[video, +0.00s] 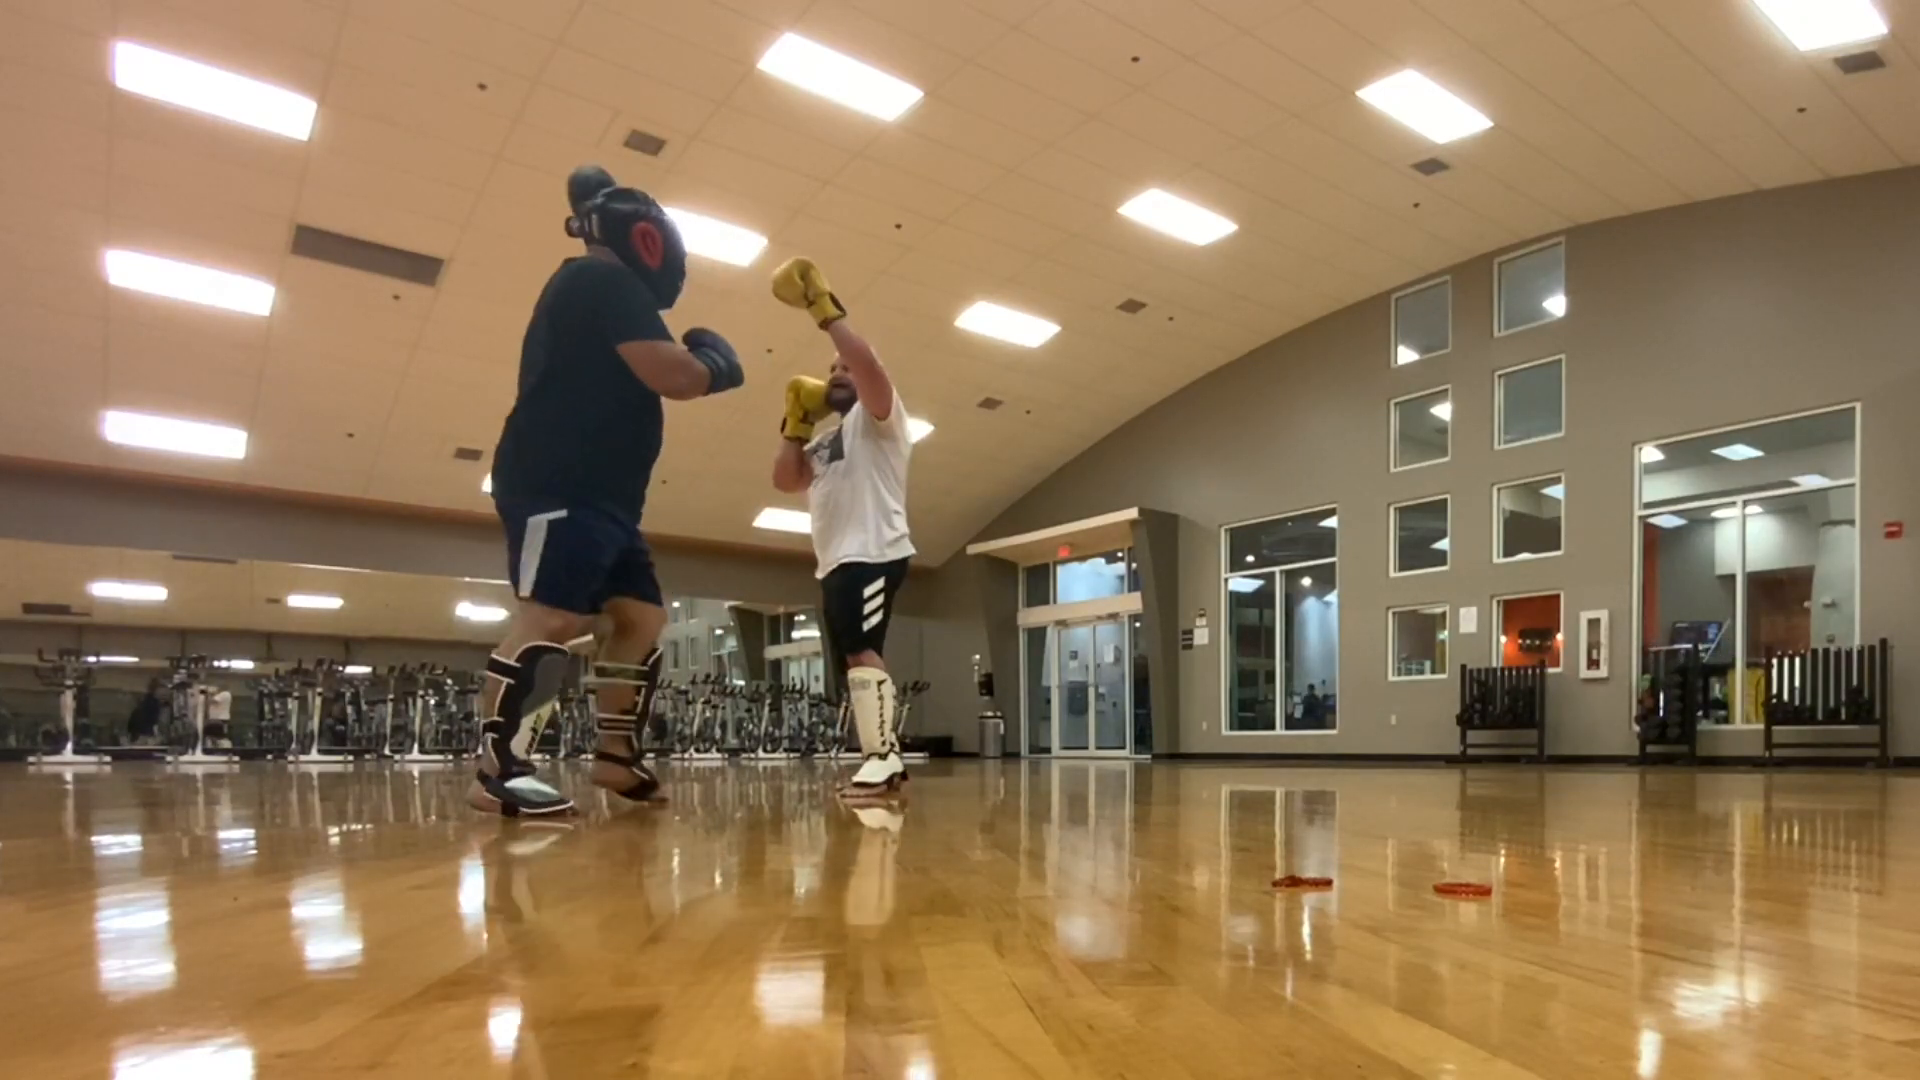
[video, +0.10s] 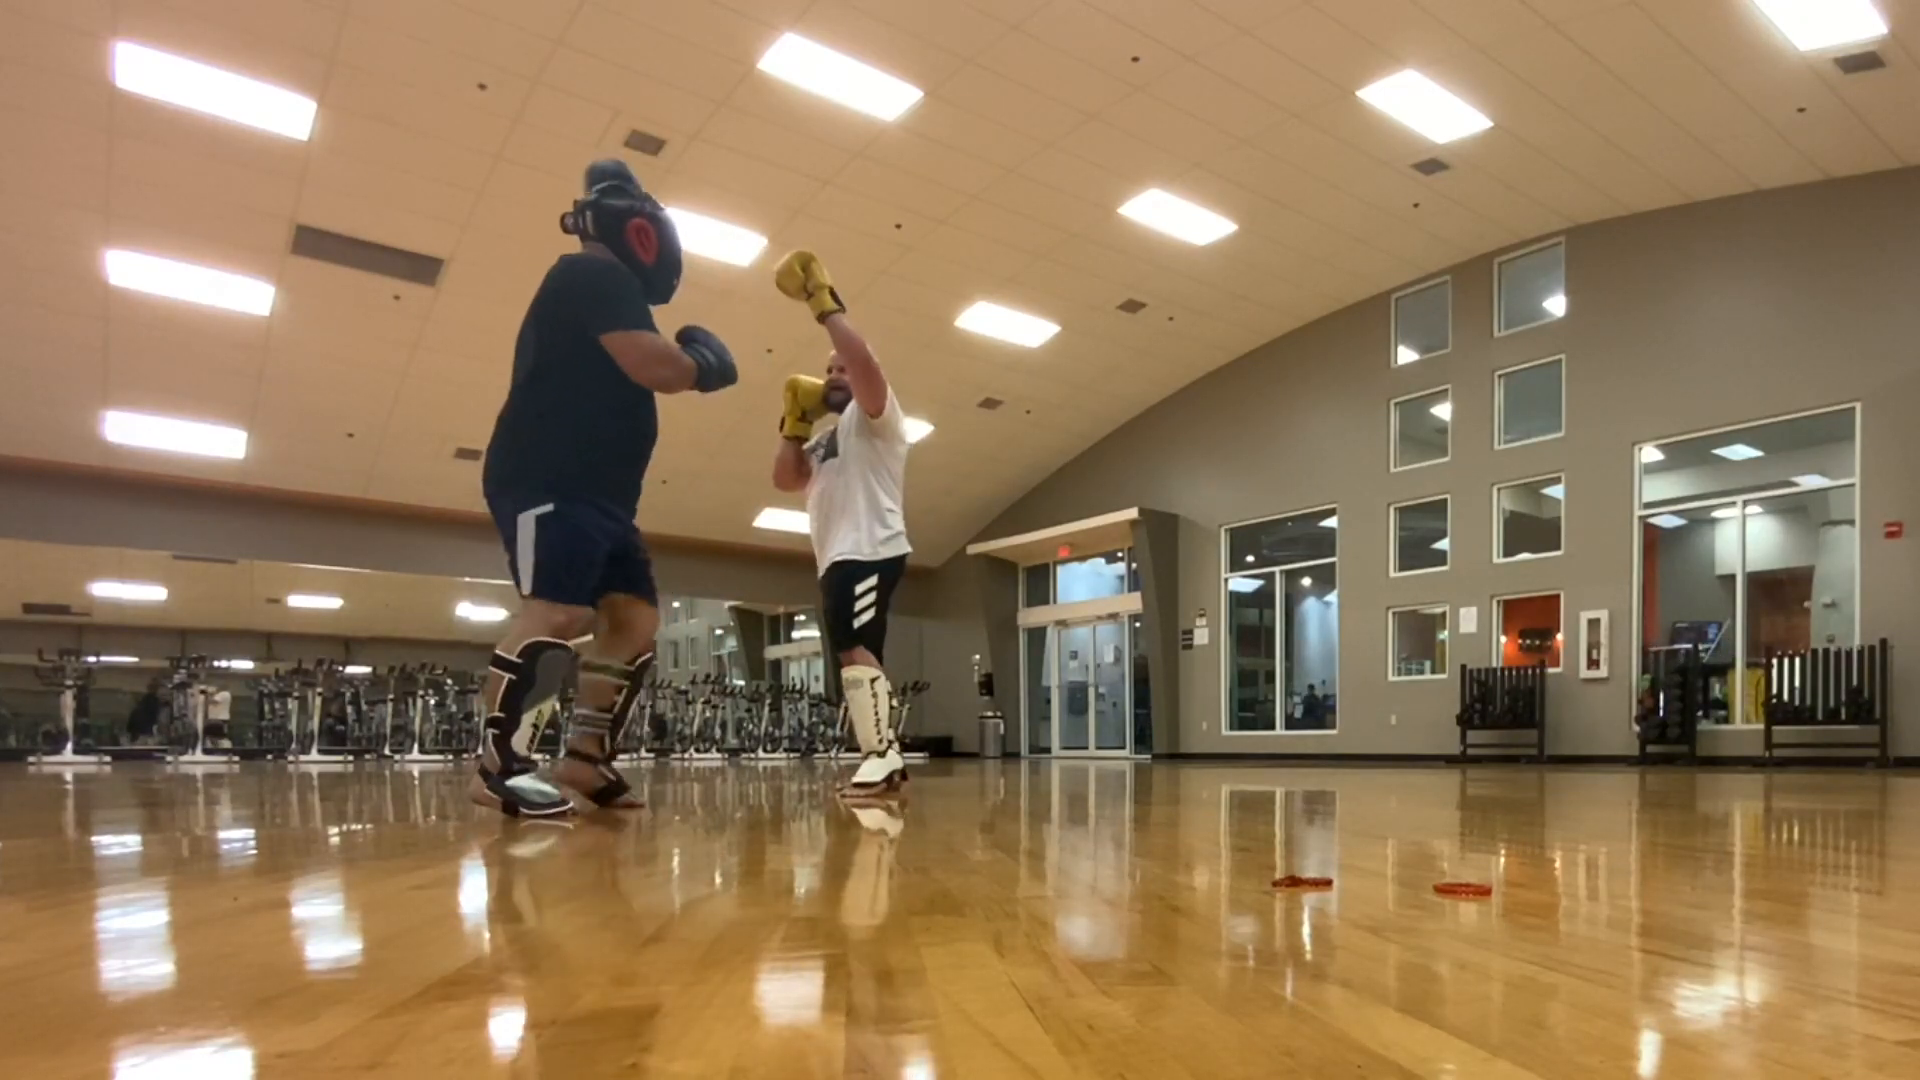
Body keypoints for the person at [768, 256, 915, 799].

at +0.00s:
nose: (838, 377)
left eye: (848, 372)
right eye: (834, 371)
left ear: (863, 381)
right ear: (826, 384)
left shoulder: (877, 419)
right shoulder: (823, 444)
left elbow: (863, 362)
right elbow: (785, 480)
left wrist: (826, 312)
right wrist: (795, 425)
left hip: (873, 547)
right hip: (837, 556)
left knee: (861, 653)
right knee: (857, 659)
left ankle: (880, 759)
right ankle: (881, 756)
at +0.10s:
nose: (834, 376)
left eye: (844, 370)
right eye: (830, 370)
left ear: (861, 379)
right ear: (824, 383)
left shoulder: (875, 422)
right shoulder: (821, 443)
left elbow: (860, 361)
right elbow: (786, 480)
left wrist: (824, 306)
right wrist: (793, 425)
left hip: (871, 546)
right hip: (838, 555)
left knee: (855, 651)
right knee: (857, 658)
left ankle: (880, 754)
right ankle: (879, 755)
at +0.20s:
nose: (827, 373)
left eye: (837, 367)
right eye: (825, 366)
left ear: (857, 374)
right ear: (821, 377)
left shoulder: (870, 416)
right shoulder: (824, 438)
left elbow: (852, 358)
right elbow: (787, 480)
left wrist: (816, 299)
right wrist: (793, 429)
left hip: (868, 547)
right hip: (839, 554)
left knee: (851, 653)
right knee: (856, 659)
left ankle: (881, 755)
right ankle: (879, 757)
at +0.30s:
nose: (820, 370)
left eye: (830, 362)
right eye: (819, 363)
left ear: (854, 367)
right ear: (824, 375)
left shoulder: (865, 410)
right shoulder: (825, 432)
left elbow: (837, 350)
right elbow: (790, 478)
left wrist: (791, 285)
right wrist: (794, 422)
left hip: (867, 545)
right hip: (837, 552)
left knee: (852, 654)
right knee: (856, 656)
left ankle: (880, 757)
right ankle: (882, 757)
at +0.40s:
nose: (822, 364)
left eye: (832, 355)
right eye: (822, 356)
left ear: (855, 361)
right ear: (825, 369)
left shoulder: (864, 399)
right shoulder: (825, 427)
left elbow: (822, 342)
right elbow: (791, 475)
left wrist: (773, 274)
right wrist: (793, 418)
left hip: (867, 541)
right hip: (839, 549)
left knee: (857, 650)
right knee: (850, 652)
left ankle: (882, 757)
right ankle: (879, 756)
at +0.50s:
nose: (826, 360)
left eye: (835, 350)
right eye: (824, 352)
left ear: (855, 356)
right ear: (827, 364)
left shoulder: (865, 395)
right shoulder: (826, 424)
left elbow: (822, 339)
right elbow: (791, 473)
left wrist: (776, 275)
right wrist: (793, 415)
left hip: (869, 537)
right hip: (839, 544)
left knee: (860, 651)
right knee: (845, 654)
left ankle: (882, 757)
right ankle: (876, 755)